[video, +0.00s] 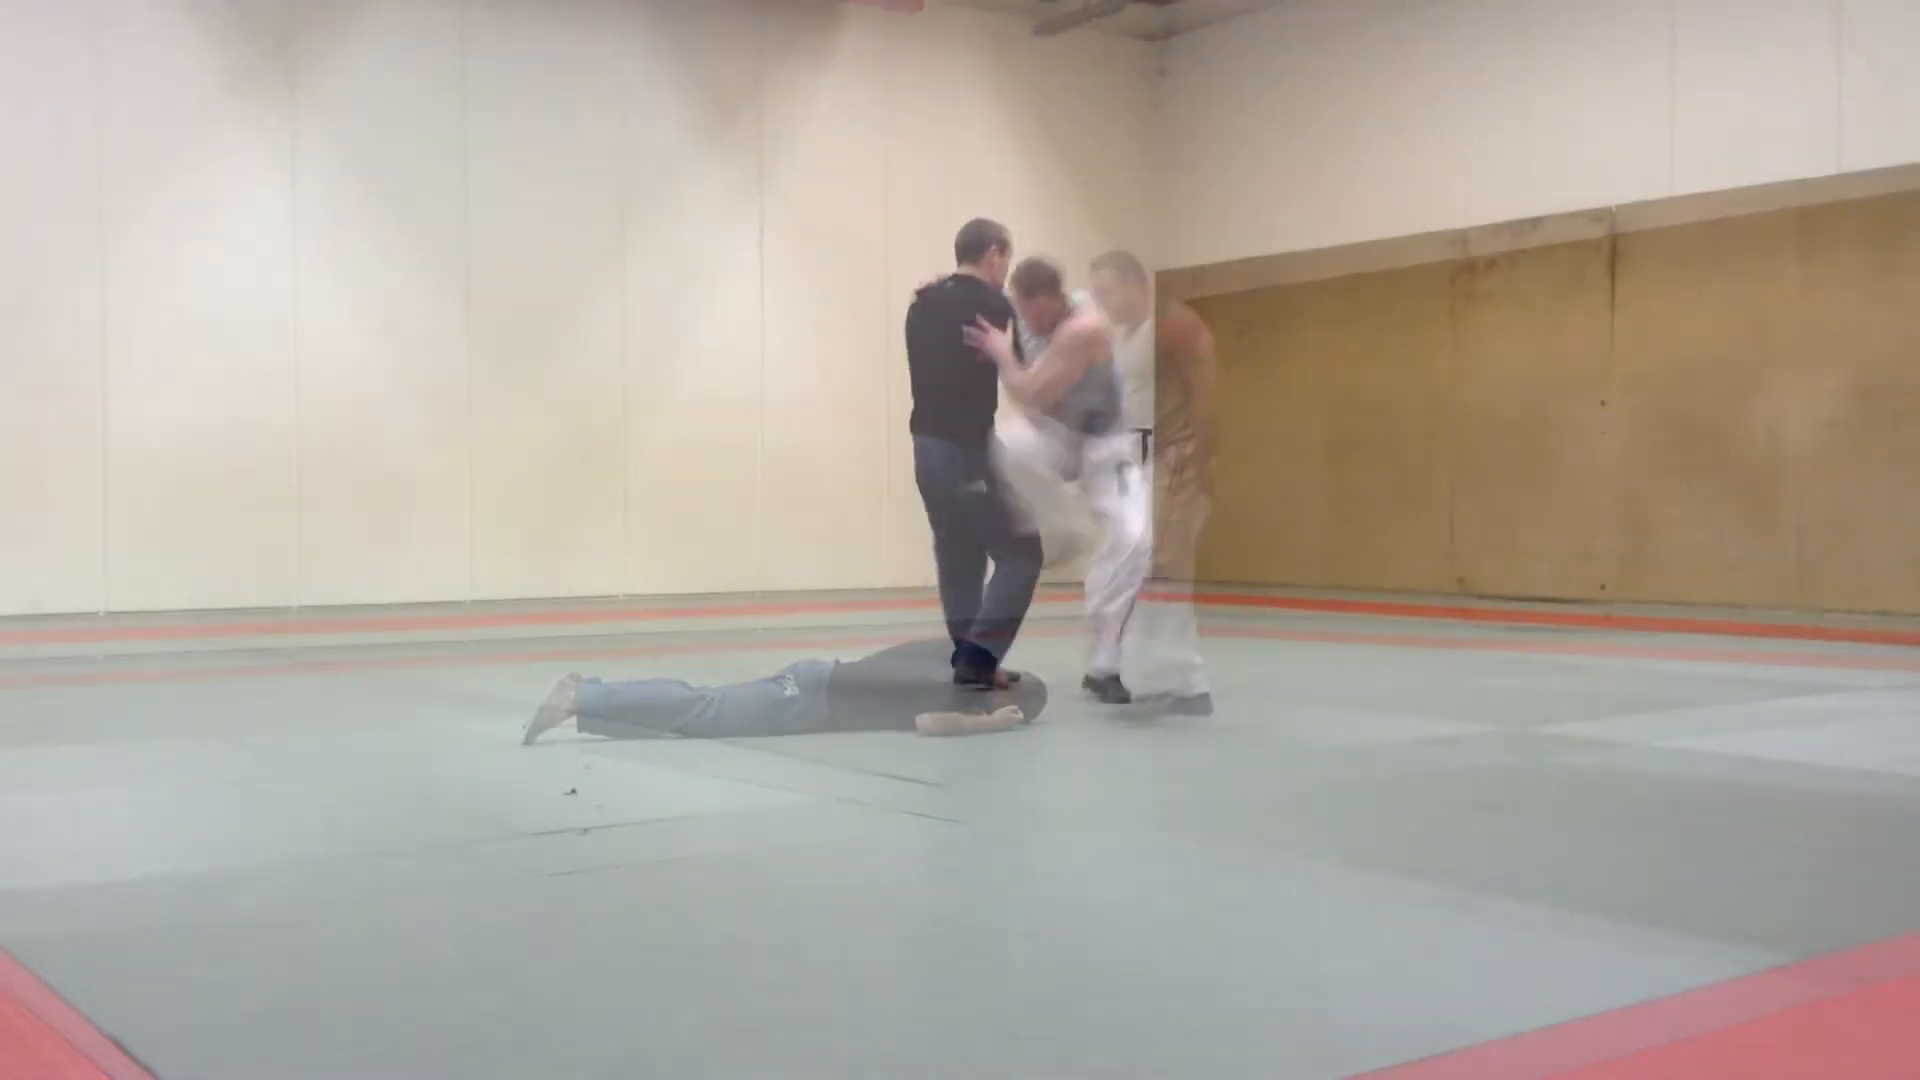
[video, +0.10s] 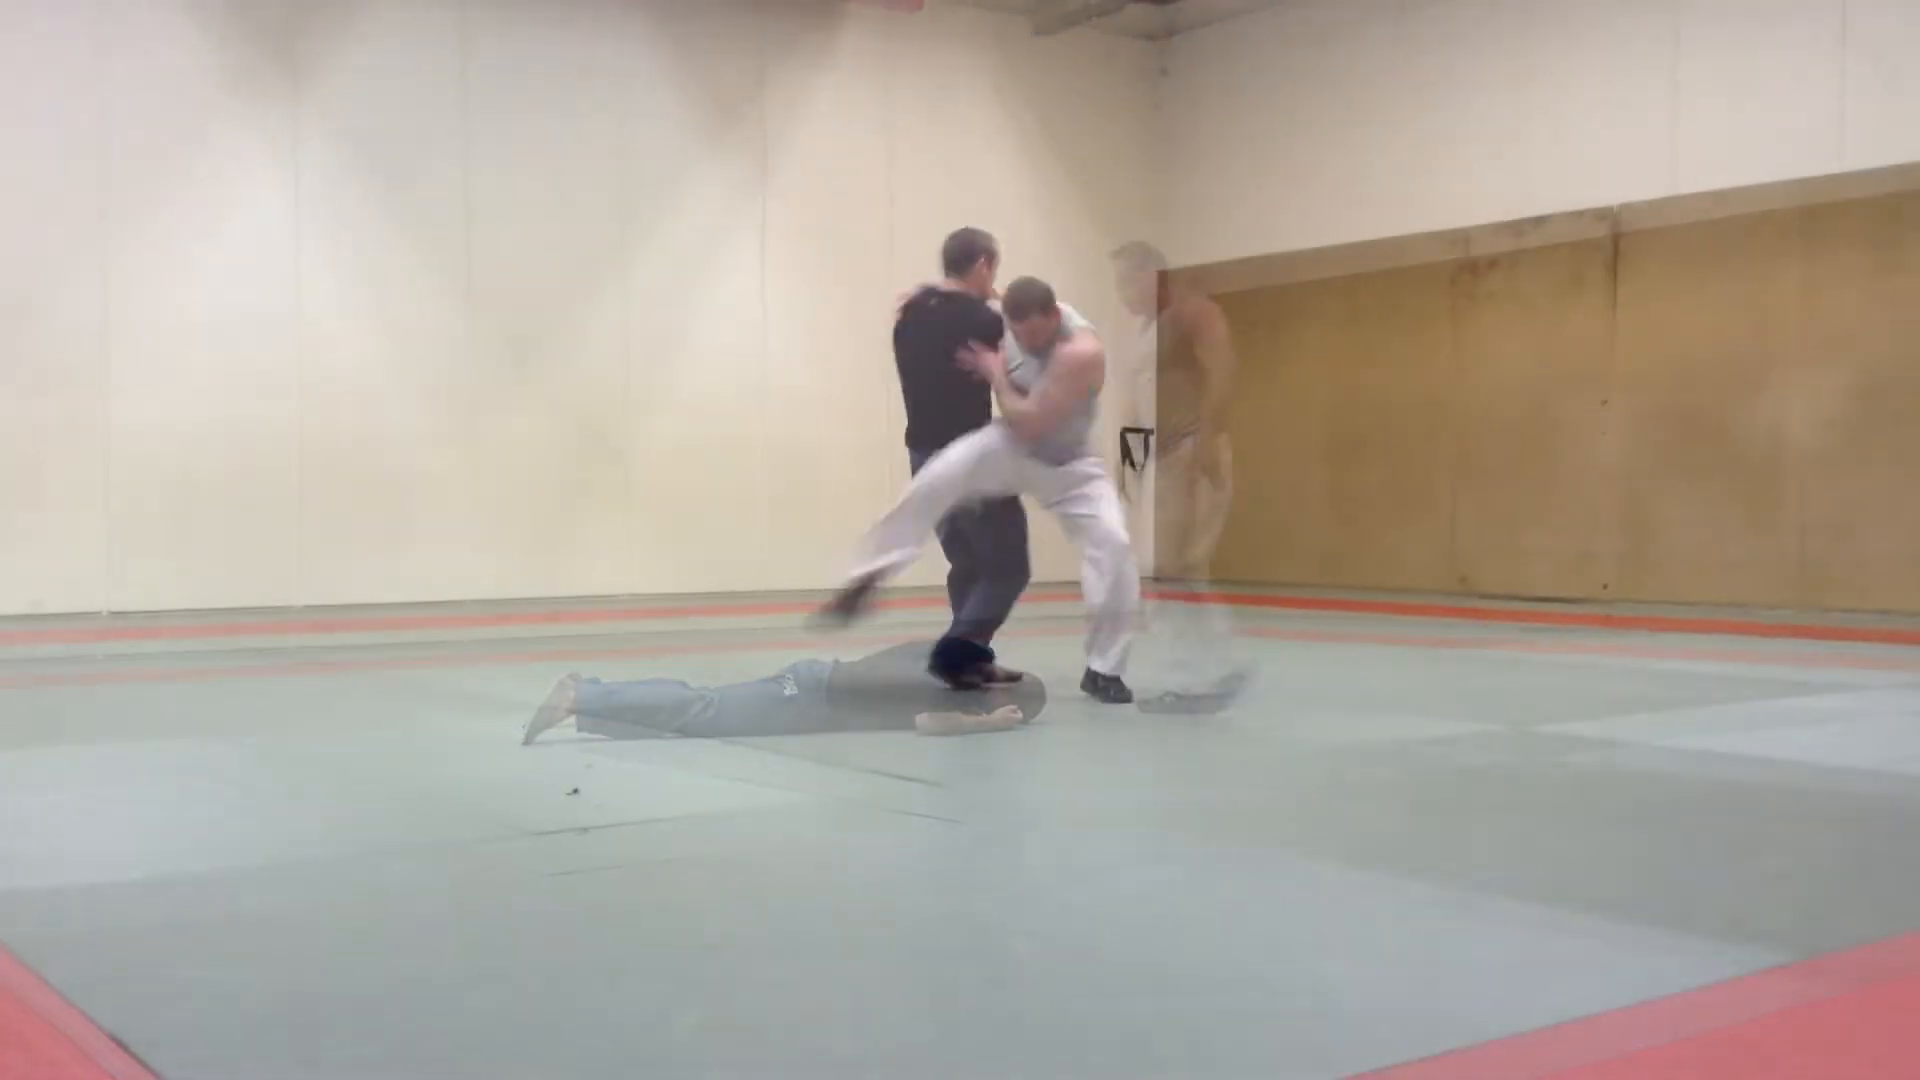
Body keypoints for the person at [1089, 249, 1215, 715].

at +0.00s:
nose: (1104, 304)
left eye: (1109, 292)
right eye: (1099, 294)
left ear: (1135, 284)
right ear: (1105, 295)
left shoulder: (1178, 328)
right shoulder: (1124, 337)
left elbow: (1203, 405)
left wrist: (1192, 466)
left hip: (1179, 464)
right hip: (1148, 464)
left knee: (1166, 565)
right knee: (1156, 565)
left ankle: (1179, 679)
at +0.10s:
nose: (1126, 295)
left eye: (1131, 282)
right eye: (1121, 284)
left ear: (1154, 276)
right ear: (1130, 282)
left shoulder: (1198, 315)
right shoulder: (1151, 327)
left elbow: (1219, 382)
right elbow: (1150, 402)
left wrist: (1204, 445)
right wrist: (1130, 462)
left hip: (1198, 454)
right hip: (1165, 456)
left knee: (1185, 564)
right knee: (1166, 566)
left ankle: (1217, 668)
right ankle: (1199, 669)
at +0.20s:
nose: (1144, 292)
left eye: (1148, 281)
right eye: (1142, 283)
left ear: (1173, 274)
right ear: (1165, 277)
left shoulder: (1212, 311)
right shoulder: (1176, 321)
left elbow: (1228, 369)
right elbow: (1181, 386)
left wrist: (1196, 422)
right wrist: (1165, 435)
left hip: (1211, 455)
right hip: (1179, 456)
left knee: (1219, 568)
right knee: (1180, 571)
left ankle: (1287, 656)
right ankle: (1187, 683)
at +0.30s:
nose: (1171, 289)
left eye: (1176, 279)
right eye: (1169, 281)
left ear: (1197, 276)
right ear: (1191, 278)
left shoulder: (1228, 309)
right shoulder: (1197, 319)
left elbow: (1236, 366)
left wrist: (1198, 412)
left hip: (1231, 453)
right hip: (1202, 454)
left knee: (1253, 565)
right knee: (1189, 567)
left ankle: (1326, 674)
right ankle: (1188, 684)